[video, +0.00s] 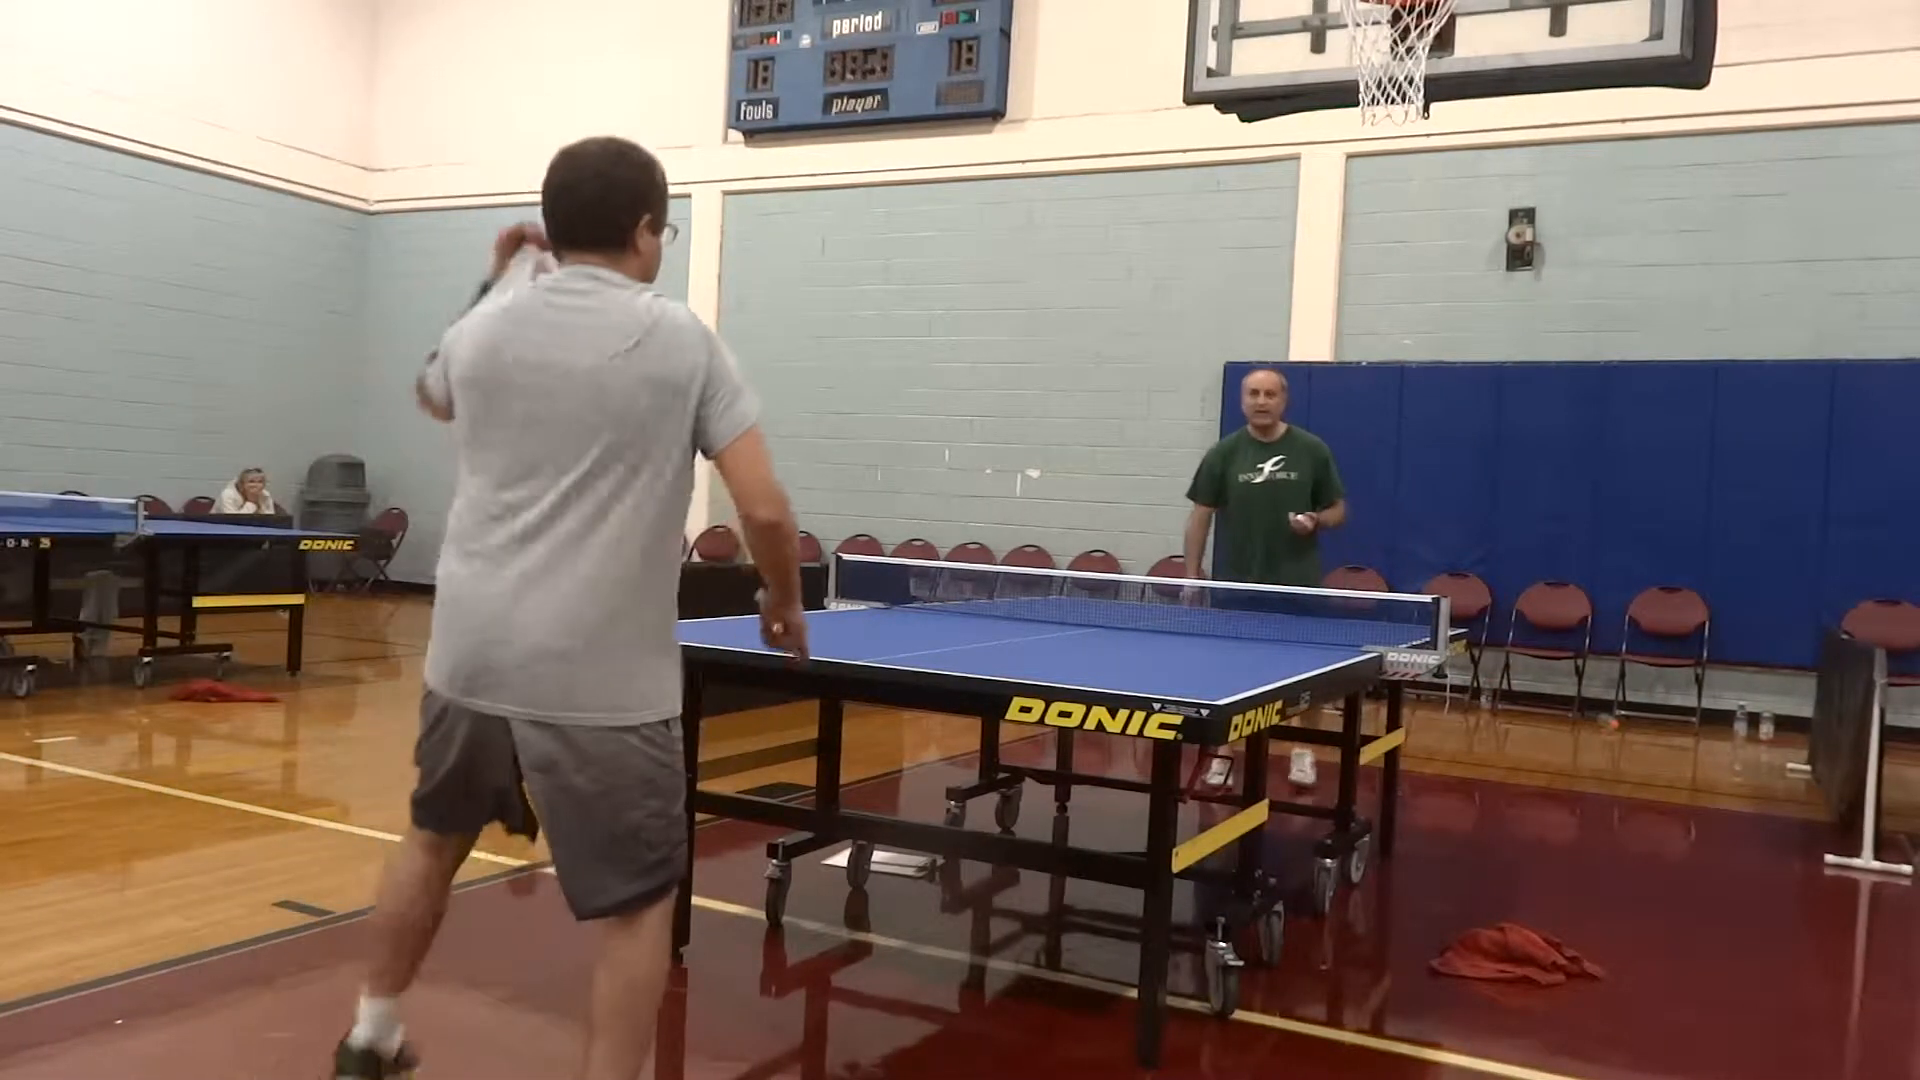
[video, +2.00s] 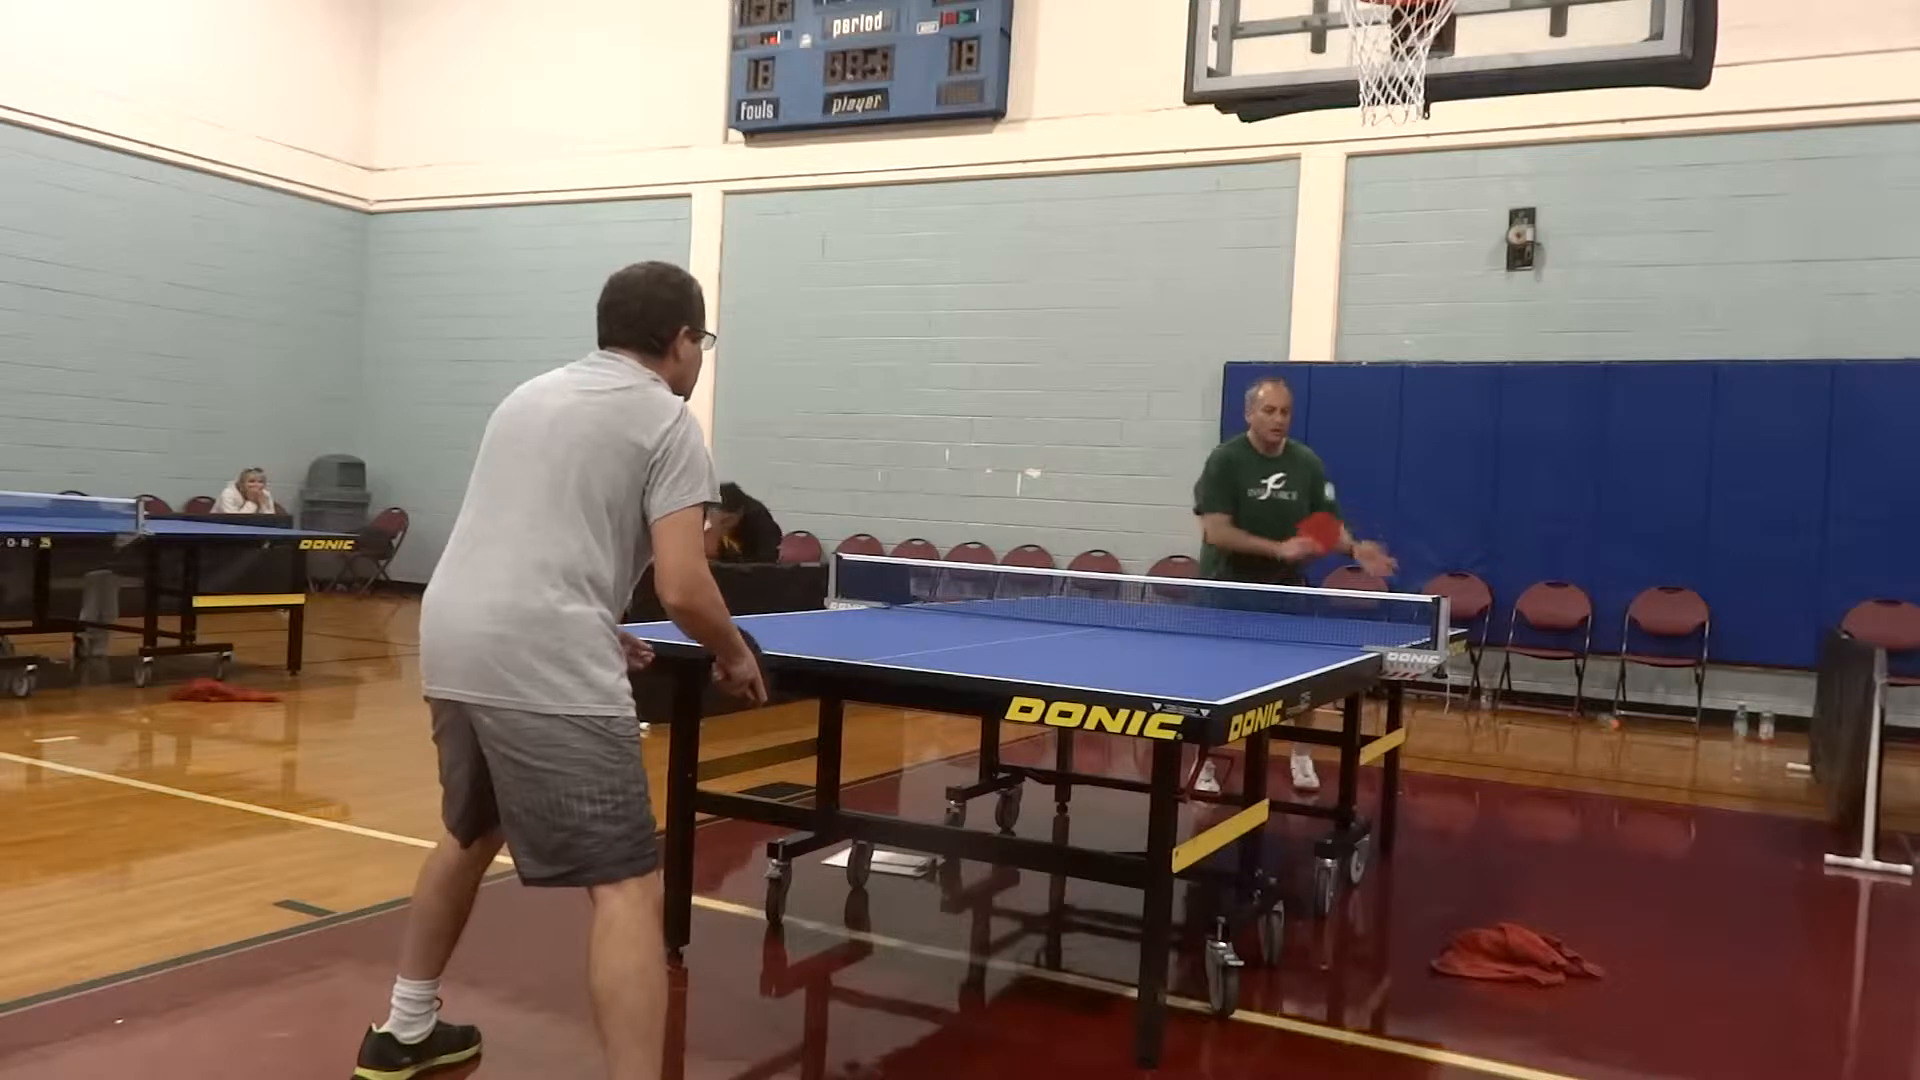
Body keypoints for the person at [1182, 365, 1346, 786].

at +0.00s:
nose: (1261, 401)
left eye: (1270, 394)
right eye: (1253, 394)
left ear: (1284, 400)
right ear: (1242, 400)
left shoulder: (1313, 452)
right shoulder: (1223, 454)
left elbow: (1337, 510)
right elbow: (1200, 516)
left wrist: (1316, 519)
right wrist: (1191, 576)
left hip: (1298, 589)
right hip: (1237, 588)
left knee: (1303, 671)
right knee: (1229, 665)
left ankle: (1302, 750)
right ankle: (1221, 750)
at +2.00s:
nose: (1279, 420)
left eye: (1285, 412)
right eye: (1269, 411)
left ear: (1292, 416)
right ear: (1249, 414)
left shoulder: (1307, 463)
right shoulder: (1225, 459)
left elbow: (1326, 524)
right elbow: (1214, 531)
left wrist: (1356, 548)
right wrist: (1277, 548)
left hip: (1286, 590)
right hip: (1227, 589)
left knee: (1302, 669)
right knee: (1219, 666)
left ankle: (1301, 753)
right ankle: (1211, 757)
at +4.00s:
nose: (1337, 405)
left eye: (1347, 400)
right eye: (1330, 397)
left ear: (1357, 414)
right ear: (1312, 405)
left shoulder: (1376, 466)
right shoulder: (1281, 462)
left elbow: (1405, 522)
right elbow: (1245, 524)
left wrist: (1434, 575)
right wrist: (1247, 576)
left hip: (1364, 605)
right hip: (1292, 604)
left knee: (1390, 692)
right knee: (1256, 681)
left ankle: (1393, 782)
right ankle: (1242, 766)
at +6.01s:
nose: (1418, 409)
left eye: (1427, 404)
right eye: (1421, 402)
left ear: (1452, 414)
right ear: (1442, 412)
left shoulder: (1478, 463)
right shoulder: (1428, 453)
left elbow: (1483, 537)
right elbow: (1420, 527)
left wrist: (1446, 590)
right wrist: (1400, 572)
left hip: (1466, 599)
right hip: (1417, 593)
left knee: (1479, 685)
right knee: (1409, 677)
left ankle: (1477, 765)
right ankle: (1403, 755)